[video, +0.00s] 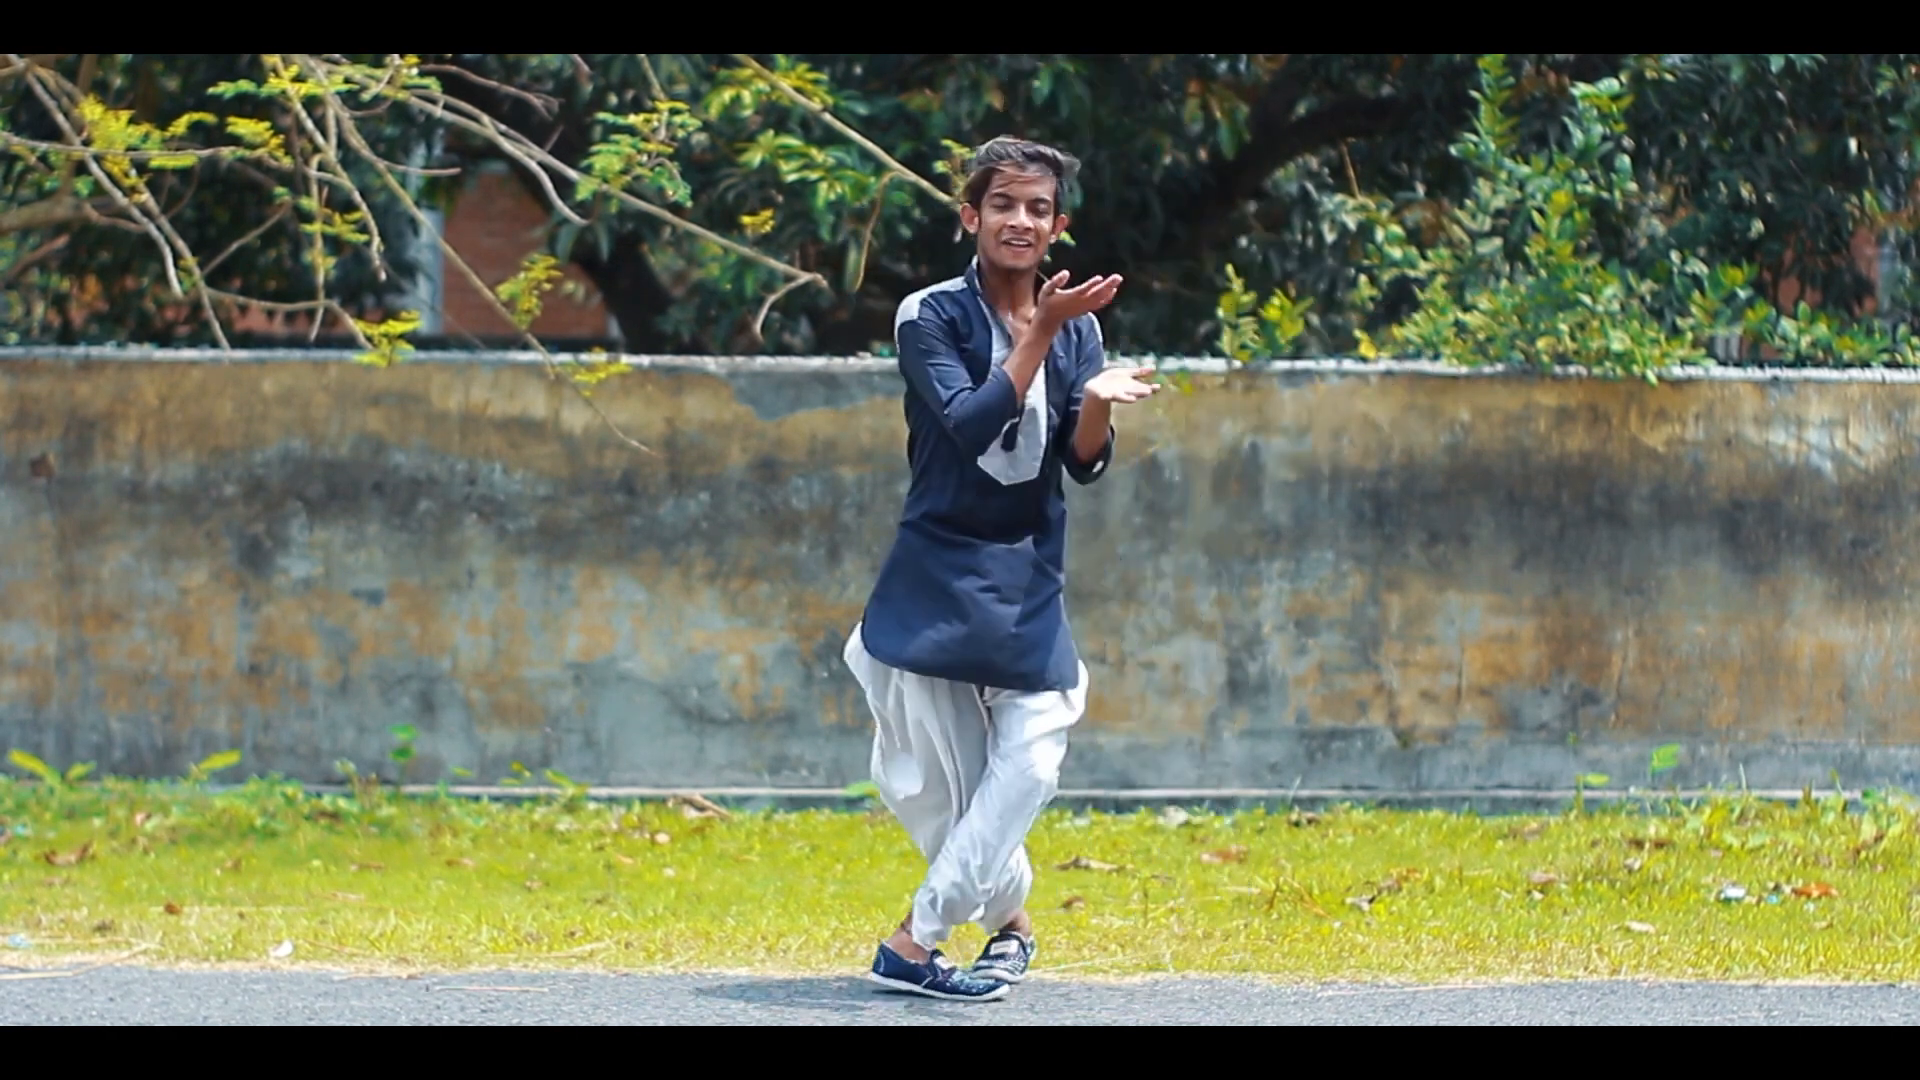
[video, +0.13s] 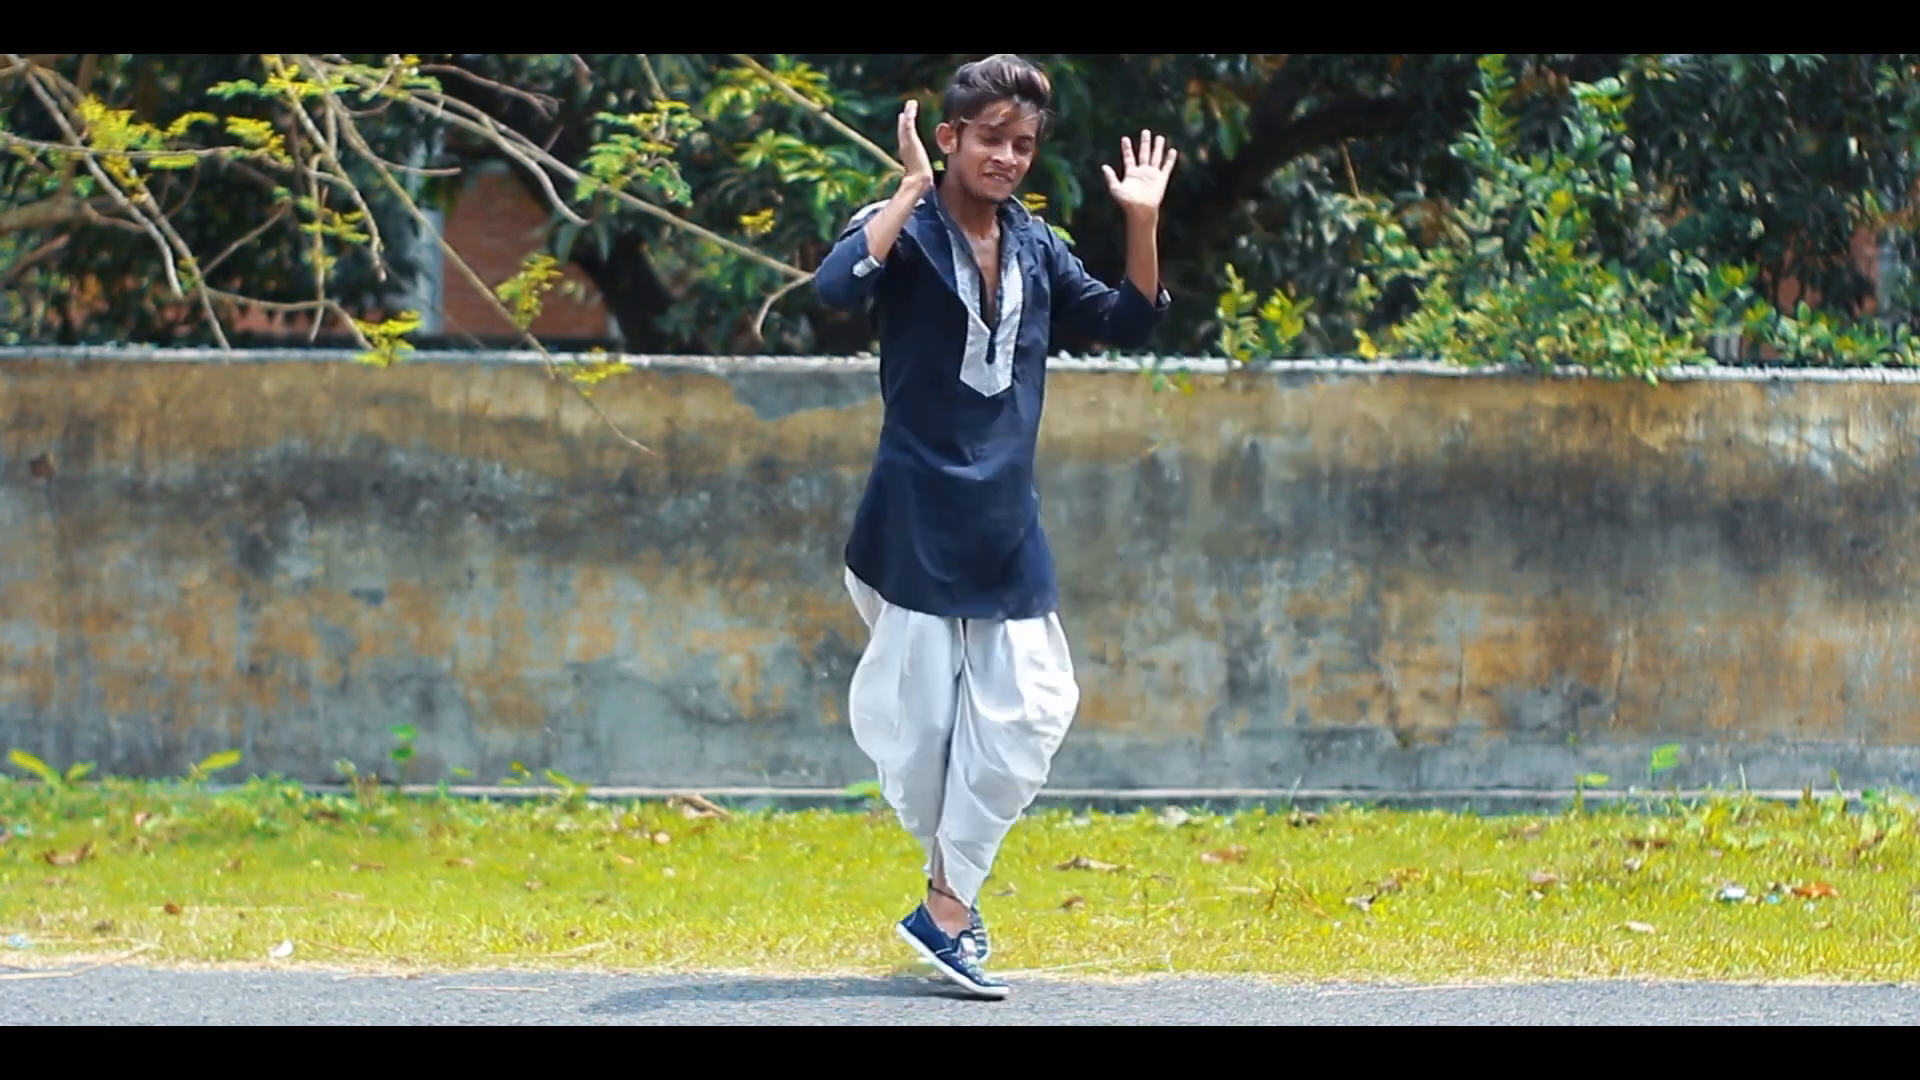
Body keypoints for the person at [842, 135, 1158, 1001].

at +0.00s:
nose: (1021, 222)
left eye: (1039, 208)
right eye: (1004, 206)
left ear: (1057, 225)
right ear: (971, 216)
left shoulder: (1073, 324)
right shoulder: (930, 314)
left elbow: (1081, 461)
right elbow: (967, 427)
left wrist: (1097, 402)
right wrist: (1039, 331)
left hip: (1028, 574)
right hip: (936, 570)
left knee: (1031, 764)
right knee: (946, 772)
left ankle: (912, 943)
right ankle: (1009, 924)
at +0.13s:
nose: (1009, 159)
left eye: (1024, 144)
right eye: (994, 139)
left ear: (1035, 152)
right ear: (949, 137)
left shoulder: (1038, 246)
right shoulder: (896, 225)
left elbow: (1131, 324)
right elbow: (831, 288)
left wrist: (1141, 219)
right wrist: (908, 192)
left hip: (1008, 517)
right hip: (916, 514)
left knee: (1030, 711)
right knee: (919, 721)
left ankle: (945, 909)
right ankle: (952, 887)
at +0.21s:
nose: (989, 136)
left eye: (1002, 120)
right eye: (973, 116)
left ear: (1013, 123)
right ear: (920, 107)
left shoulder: (1010, 196)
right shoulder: (877, 189)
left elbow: (1111, 210)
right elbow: (782, 162)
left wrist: (1095, 126)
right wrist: (870, 91)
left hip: (998, 493)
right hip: (904, 493)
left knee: (1036, 689)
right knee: (890, 701)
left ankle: (965, 879)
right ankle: (861, 861)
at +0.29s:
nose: (967, 148)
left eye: (979, 133)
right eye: (953, 127)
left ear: (991, 135)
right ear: (904, 113)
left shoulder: (974, 190)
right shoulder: (860, 187)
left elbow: (1032, 146)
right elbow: (764, 108)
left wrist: (1020, 87)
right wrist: (855, 66)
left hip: (978, 487)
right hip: (891, 489)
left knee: (1051, 666)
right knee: (850, 692)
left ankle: (988, 870)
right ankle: (791, 886)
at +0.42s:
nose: (937, 225)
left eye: (949, 208)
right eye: (921, 203)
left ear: (958, 206)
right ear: (873, 194)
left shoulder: (918, 275)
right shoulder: (840, 265)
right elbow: (790, 166)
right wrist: (847, 137)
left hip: (934, 540)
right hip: (856, 539)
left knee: (1032, 696)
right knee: (804, 750)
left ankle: (1046, 909)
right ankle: (747, 943)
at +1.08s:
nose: (842, 217)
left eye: (855, 202)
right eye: (823, 204)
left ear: (872, 215)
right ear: (789, 219)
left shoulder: (896, 310)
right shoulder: (780, 316)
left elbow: (991, 317)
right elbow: (748, 247)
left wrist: (950, 227)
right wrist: (775, 177)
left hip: (923, 576)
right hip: (833, 580)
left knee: (1041, 722)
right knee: (820, 782)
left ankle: (1030, 933)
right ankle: (746, 949)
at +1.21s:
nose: (810, 140)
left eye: (817, 127)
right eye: (787, 139)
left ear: (850, 146)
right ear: (770, 178)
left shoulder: (918, 234)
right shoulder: (781, 236)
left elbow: (1038, 236)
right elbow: (708, 165)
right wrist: (726, 93)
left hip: (942, 525)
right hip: (835, 533)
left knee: (1006, 714)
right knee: (800, 747)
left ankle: (1014, 918)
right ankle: (752, 930)